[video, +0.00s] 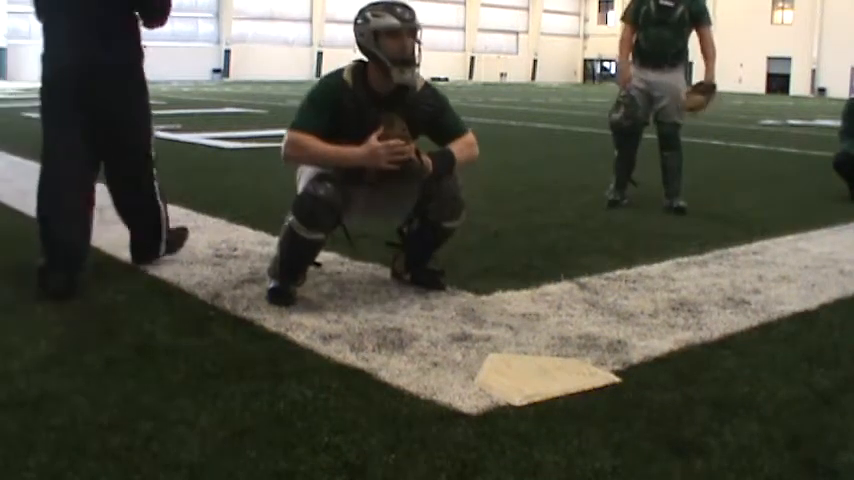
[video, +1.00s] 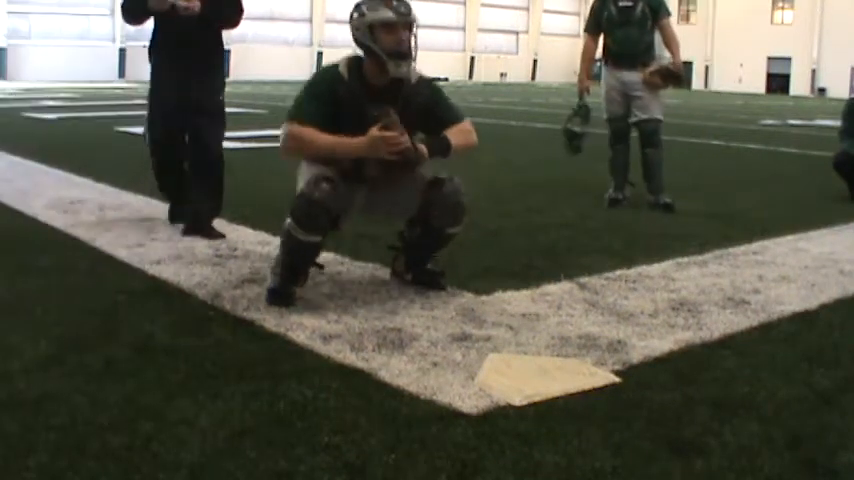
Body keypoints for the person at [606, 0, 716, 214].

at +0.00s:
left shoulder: (694, 5)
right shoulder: (640, 3)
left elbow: (706, 39)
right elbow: (627, 34)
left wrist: (708, 78)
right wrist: (623, 67)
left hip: (672, 76)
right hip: (638, 73)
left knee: (670, 139)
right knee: (626, 136)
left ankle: (673, 197)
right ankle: (619, 189)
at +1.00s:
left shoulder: (652, 4)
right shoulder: (602, 5)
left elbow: (666, 29)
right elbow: (591, 40)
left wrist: (676, 60)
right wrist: (584, 77)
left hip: (645, 75)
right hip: (613, 75)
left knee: (651, 135)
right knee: (617, 135)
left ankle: (657, 193)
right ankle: (618, 188)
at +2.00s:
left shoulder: (652, 4)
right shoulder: (602, 5)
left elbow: (665, 29)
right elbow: (593, 40)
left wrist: (678, 60)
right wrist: (590, 76)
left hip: (645, 74)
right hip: (613, 74)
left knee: (650, 134)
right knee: (617, 135)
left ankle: (656, 193)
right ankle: (618, 188)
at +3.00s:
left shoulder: (653, 4)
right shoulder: (603, 5)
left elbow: (666, 29)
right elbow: (594, 39)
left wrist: (678, 60)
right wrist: (590, 75)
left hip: (645, 74)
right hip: (613, 73)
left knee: (651, 134)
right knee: (617, 134)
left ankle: (656, 193)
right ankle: (618, 188)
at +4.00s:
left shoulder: (652, 4)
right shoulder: (603, 5)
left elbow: (666, 29)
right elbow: (594, 40)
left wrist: (679, 60)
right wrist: (588, 75)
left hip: (645, 74)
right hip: (613, 74)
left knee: (651, 133)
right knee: (617, 133)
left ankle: (656, 193)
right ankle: (618, 188)